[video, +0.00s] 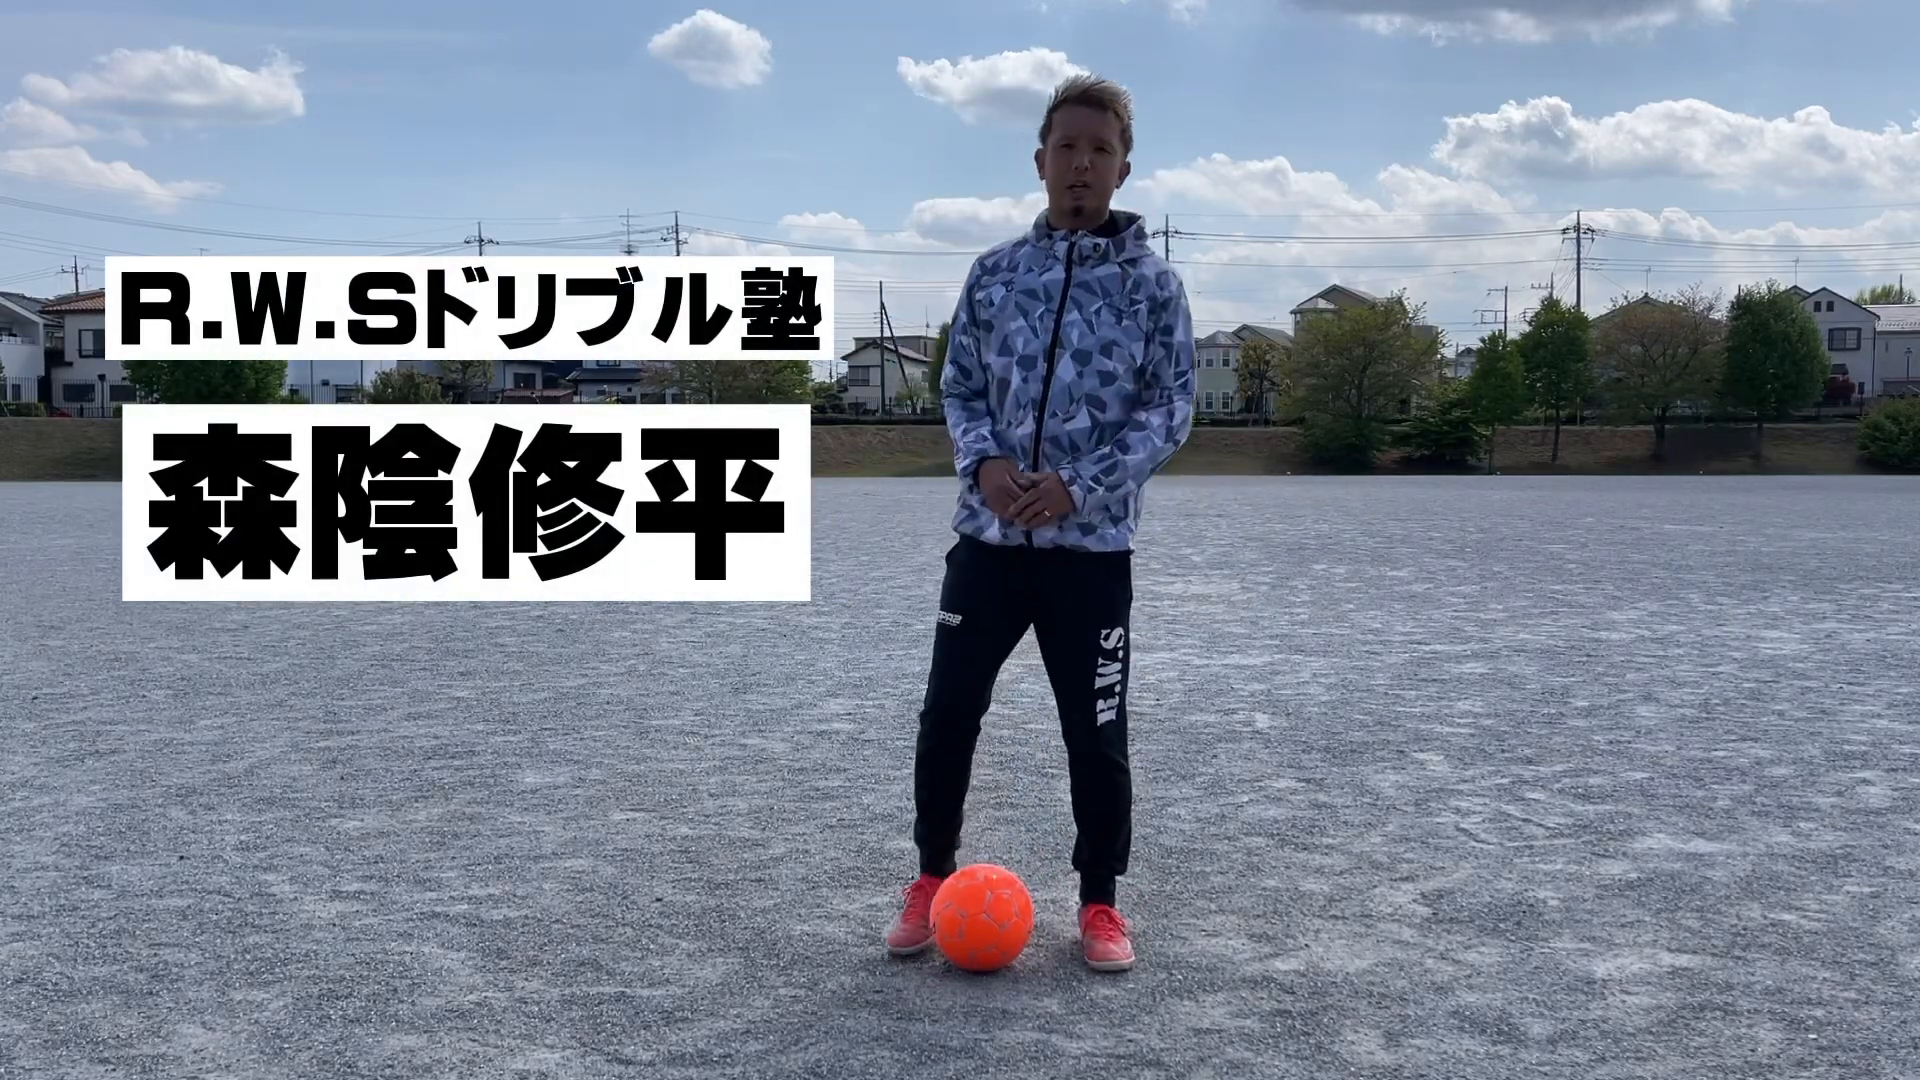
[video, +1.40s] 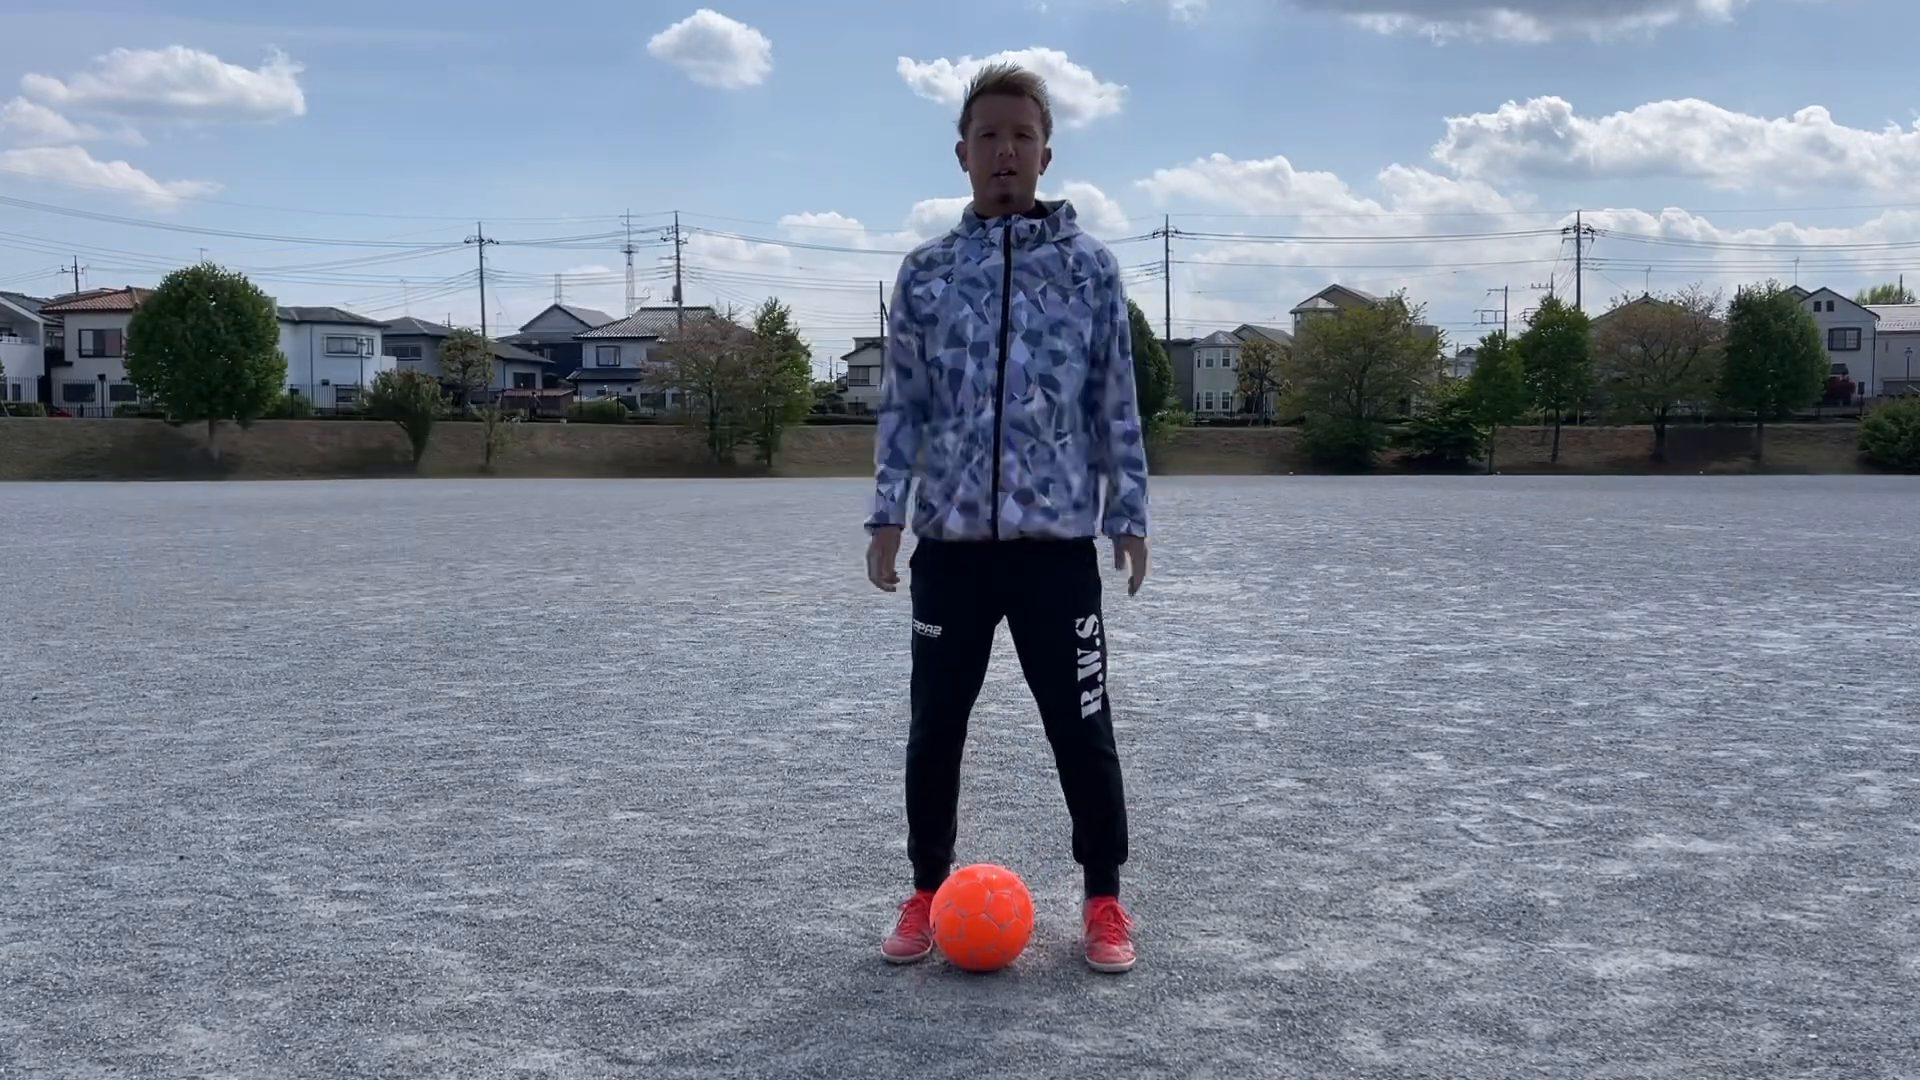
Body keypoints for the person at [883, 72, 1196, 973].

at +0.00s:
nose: (1081, 163)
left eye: (1099, 150)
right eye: (1067, 146)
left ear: (1123, 166)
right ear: (1041, 157)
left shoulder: (1149, 278)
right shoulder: (995, 270)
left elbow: (1168, 408)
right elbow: (959, 386)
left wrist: (1081, 486)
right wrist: (985, 458)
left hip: (1089, 548)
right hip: (989, 541)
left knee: (1097, 732)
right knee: (946, 715)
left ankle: (1100, 905)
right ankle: (932, 880)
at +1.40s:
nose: (1004, 151)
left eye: (1022, 136)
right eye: (988, 135)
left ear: (1046, 151)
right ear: (963, 150)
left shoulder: (1088, 265)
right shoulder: (927, 269)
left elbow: (1118, 400)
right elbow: (900, 404)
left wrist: (1129, 510)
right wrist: (886, 513)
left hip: (1056, 535)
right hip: (951, 535)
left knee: (1082, 725)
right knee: (933, 727)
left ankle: (1103, 901)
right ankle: (927, 894)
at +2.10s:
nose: (1036, 161)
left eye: (1052, 146)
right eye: (1019, 146)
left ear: (1073, 164)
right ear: (991, 163)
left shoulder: (1107, 279)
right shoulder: (952, 279)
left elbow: (1124, 389)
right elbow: (931, 401)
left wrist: (1064, 454)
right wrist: (998, 444)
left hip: (1069, 542)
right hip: (968, 540)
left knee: (1086, 730)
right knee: (947, 728)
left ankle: (1101, 905)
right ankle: (931, 897)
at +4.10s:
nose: (1016, 165)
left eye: (1035, 151)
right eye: (1004, 151)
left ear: (1071, 167)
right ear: (990, 166)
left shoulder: (1113, 281)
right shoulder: (955, 285)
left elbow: (1150, 394)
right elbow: (917, 400)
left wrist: (1060, 391)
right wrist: (981, 388)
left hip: (1070, 538)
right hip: (970, 538)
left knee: (1084, 728)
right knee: (950, 727)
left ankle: (1097, 898)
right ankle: (933, 894)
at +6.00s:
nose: (903, 180)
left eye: (915, 162)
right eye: (883, 168)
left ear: (941, 168)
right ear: (860, 184)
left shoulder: (1003, 266)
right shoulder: (850, 302)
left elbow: (1061, 368)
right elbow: (832, 423)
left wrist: (992, 406)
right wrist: (907, 424)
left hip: (1015, 531)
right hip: (913, 544)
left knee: (1073, 702)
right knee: (918, 727)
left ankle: (1127, 877)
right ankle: (928, 891)